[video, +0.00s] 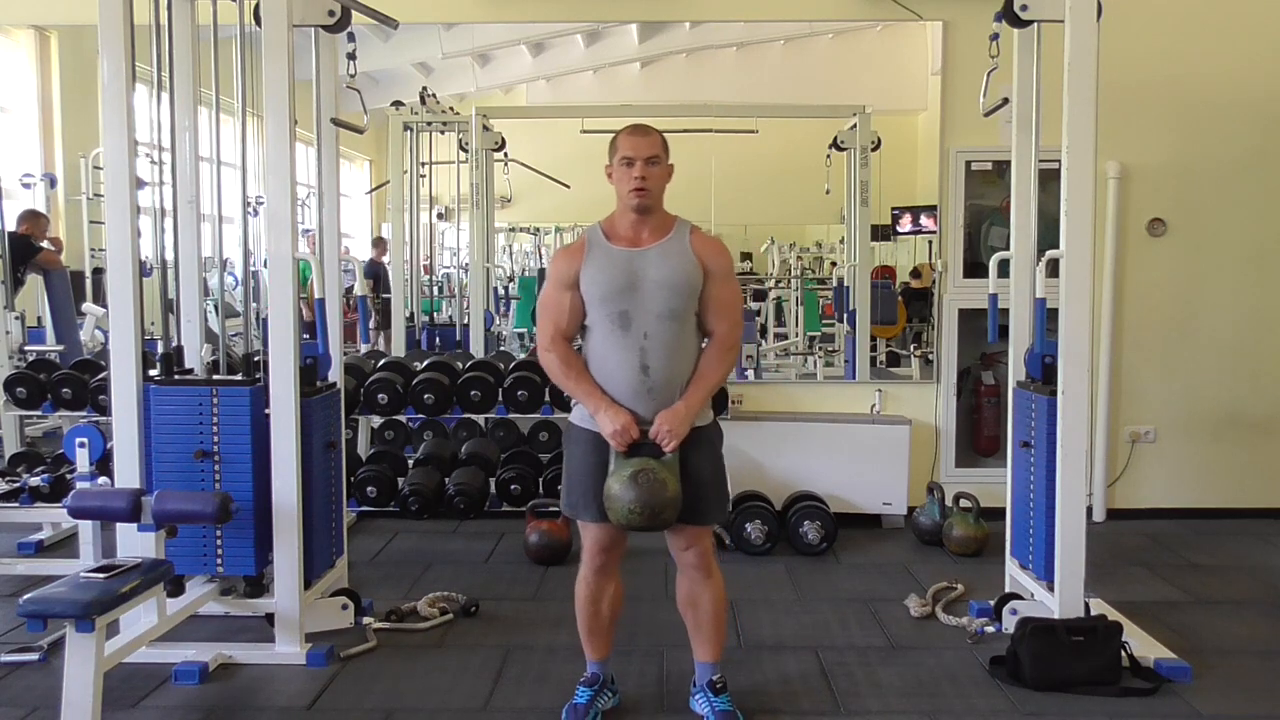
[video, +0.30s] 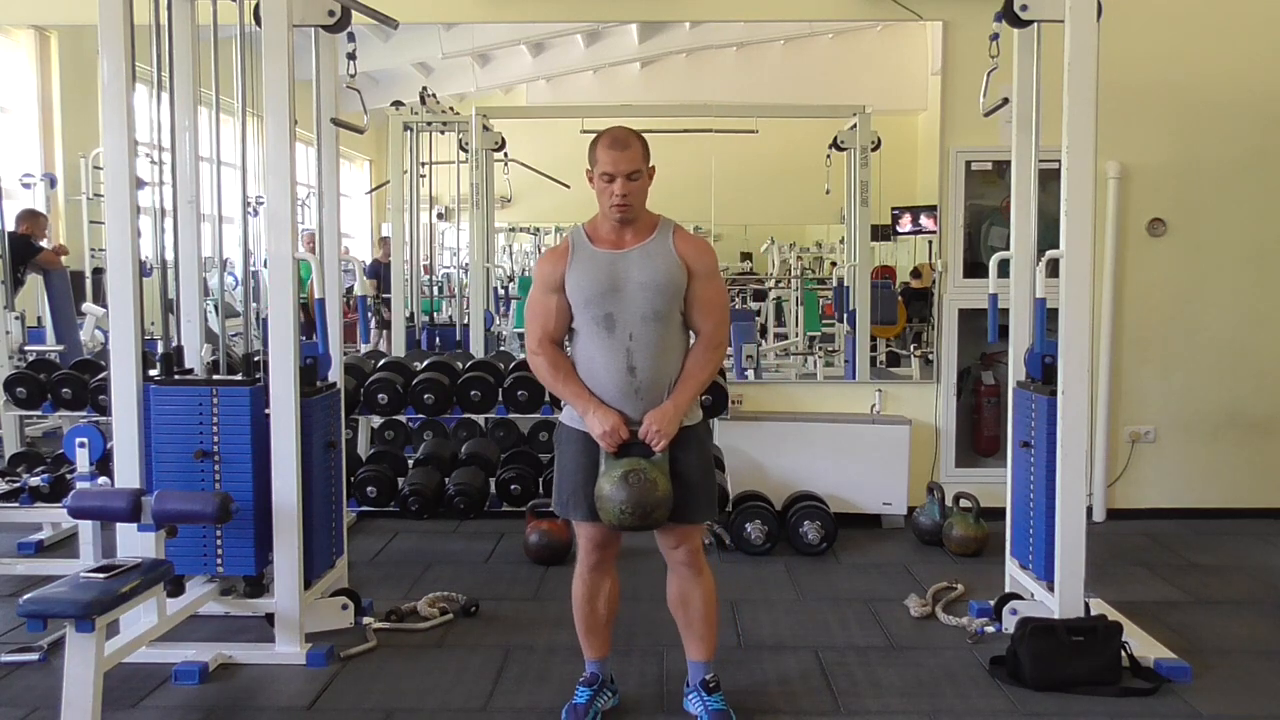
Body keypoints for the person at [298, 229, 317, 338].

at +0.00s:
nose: (315, 245)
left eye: (316, 242)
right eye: (312, 242)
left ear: (320, 242)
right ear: (307, 244)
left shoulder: (326, 261)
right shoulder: (304, 263)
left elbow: (337, 285)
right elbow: (300, 288)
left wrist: (341, 303)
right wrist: (305, 308)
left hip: (325, 306)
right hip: (311, 307)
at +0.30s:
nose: (312, 245)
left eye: (314, 242)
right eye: (308, 243)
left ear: (317, 242)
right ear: (303, 244)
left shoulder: (321, 260)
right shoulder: (299, 261)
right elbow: (296, 282)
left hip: (319, 297)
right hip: (304, 298)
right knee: (307, 327)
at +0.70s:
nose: (310, 247)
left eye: (312, 243)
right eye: (307, 244)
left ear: (316, 243)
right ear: (302, 245)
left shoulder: (321, 261)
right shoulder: (298, 263)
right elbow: (295, 283)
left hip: (320, 302)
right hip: (304, 303)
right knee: (306, 337)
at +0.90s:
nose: (312, 247)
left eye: (314, 244)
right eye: (309, 244)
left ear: (318, 244)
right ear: (304, 244)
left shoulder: (322, 262)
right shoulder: (299, 262)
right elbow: (296, 283)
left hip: (317, 303)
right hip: (302, 304)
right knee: (306, 337)